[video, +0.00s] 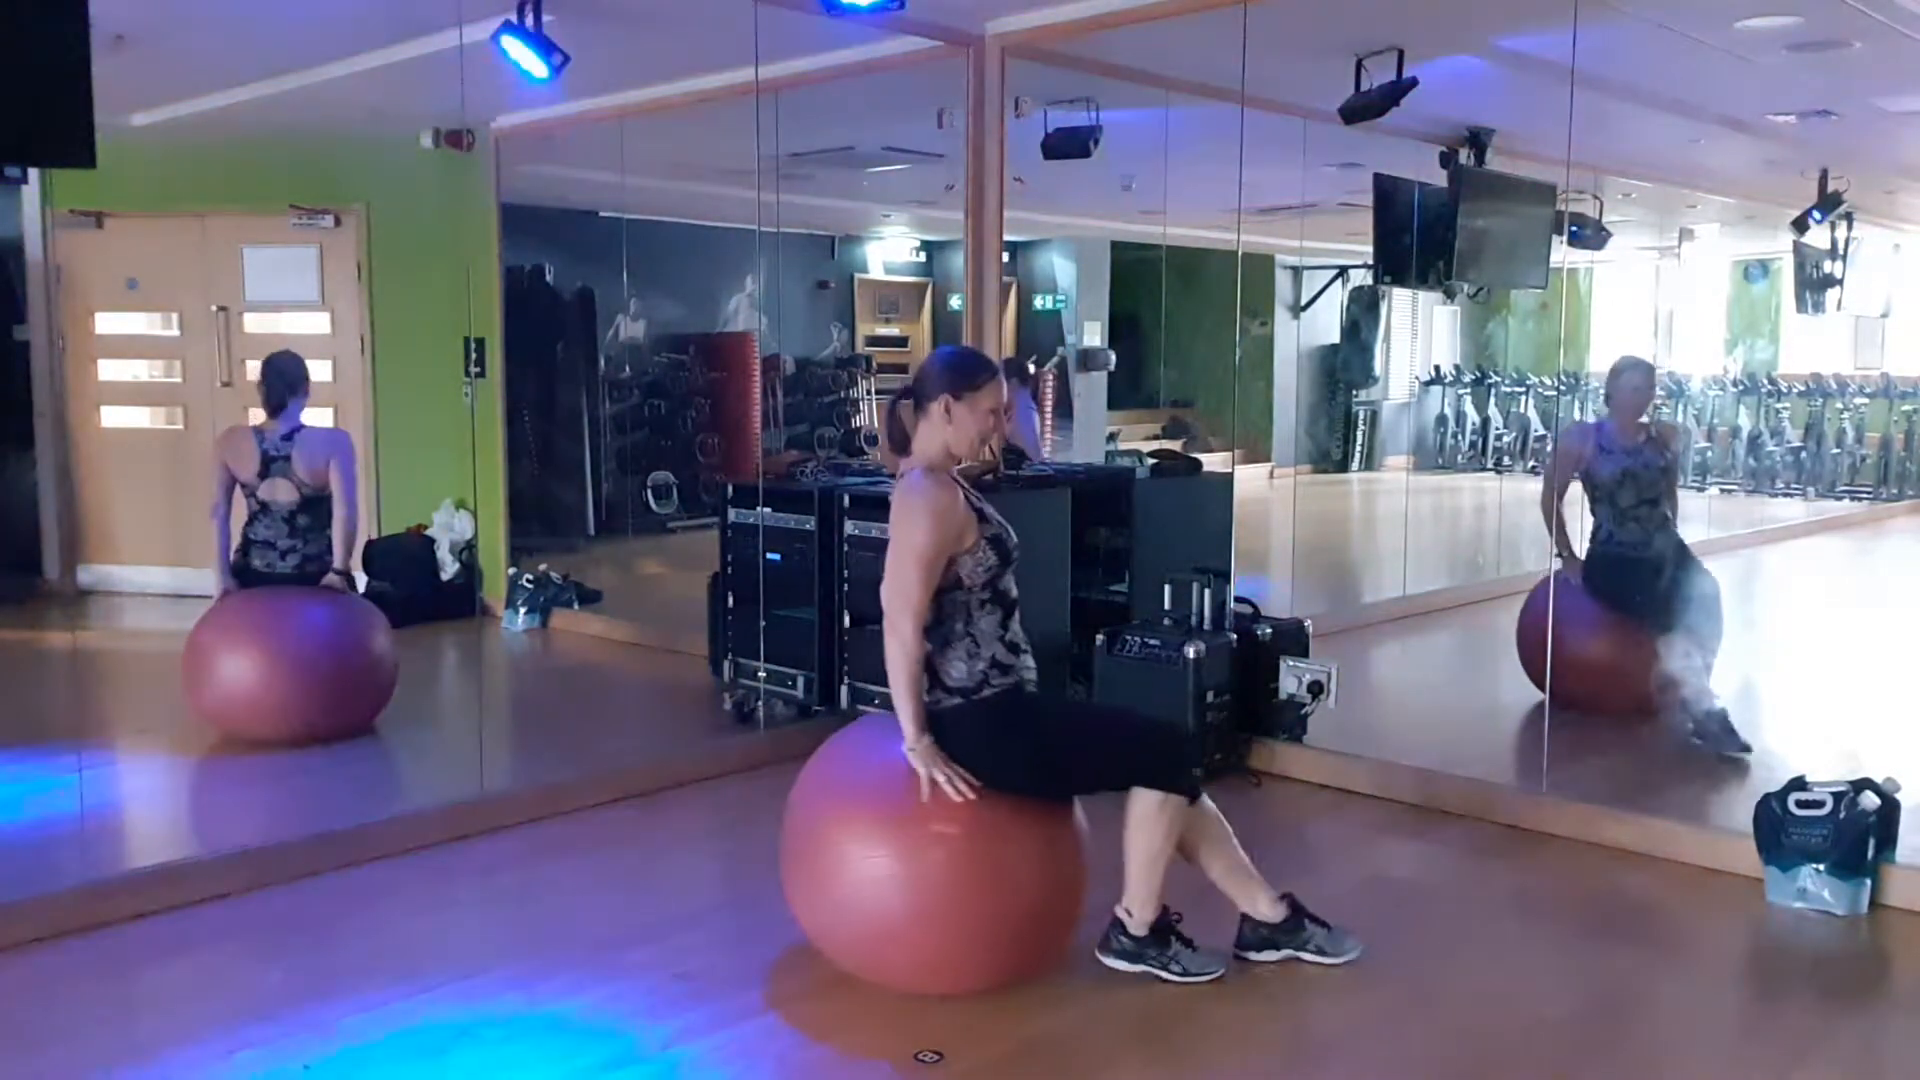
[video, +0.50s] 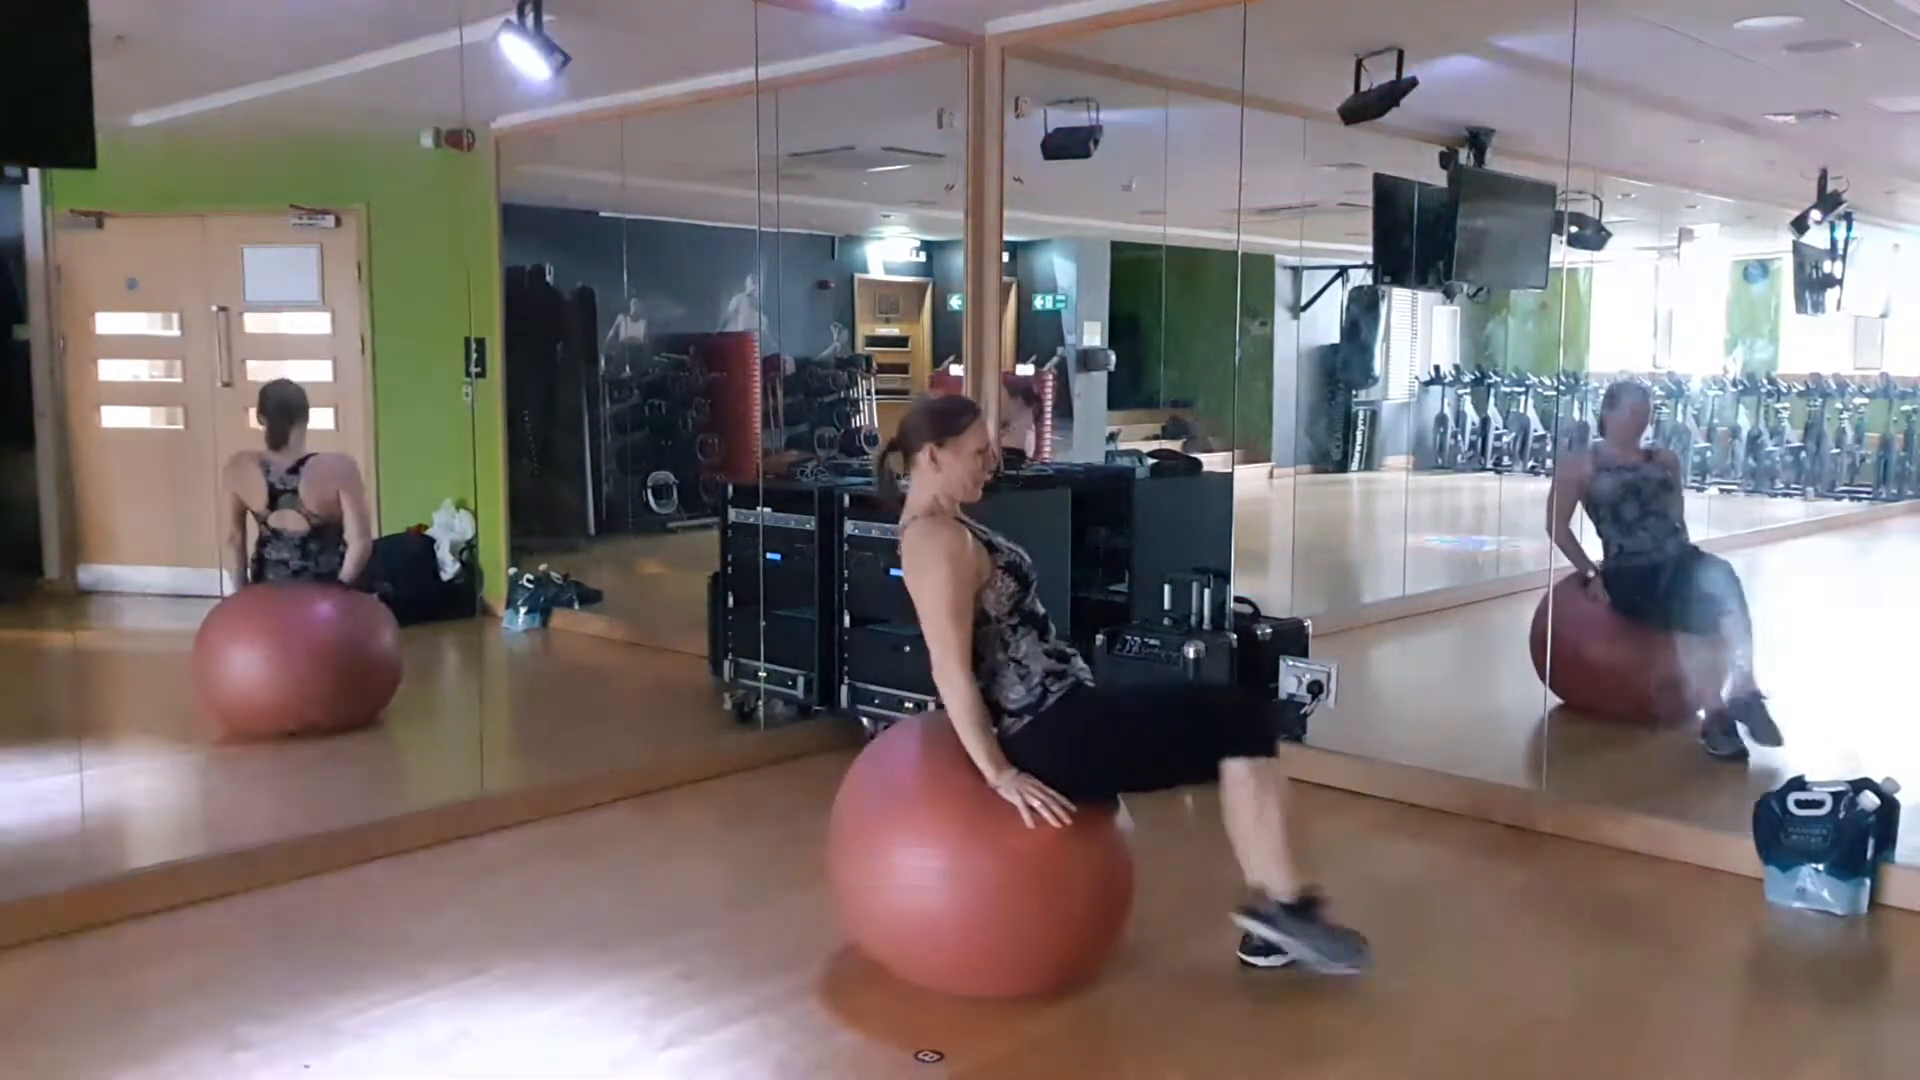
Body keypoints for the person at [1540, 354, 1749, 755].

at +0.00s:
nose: (1641, 398)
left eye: (1648, 390)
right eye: (1633, 389)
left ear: (1654, 395)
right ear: (1611, 392)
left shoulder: (1664, 437)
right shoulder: (1582, 438)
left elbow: (1670, 499)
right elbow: (1550, 499)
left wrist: (1671, 544)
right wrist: (1568, 555)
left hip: (1664, 551)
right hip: (1612, 556)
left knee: (1706, 594)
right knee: (1679, 607)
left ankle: (1694, 697)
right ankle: (1703, 711)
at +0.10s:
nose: (1638, 403)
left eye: (1645, 395)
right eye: (1629, 394)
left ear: (1652, 400)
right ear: (1609, 396)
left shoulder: (1662, 442)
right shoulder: (1582, 441)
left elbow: (1670, 504)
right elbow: (1552, 504)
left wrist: (1676, 549)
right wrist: (1572, 560)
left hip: (1668, 555)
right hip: (1616, 559)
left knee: (1713, 589)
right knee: (1686, 603)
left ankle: (1700, 699)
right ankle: (1706, 711)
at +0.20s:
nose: (1643, 407)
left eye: (1648, 399)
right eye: (1634, 398)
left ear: (1652, 403)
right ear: (1611, 400)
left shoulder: (1662, 447)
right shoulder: (1583, 443)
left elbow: (1671, 510)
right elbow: (1552, 509)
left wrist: (1680, 554)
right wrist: (1574, 562)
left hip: (1671, 559)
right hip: (1619, 564)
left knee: (1718, 584)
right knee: (1702, 599)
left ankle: (1707, 702)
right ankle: (1707, 712)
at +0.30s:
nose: (1645, 411)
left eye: (1649, 403)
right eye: (1637, 403)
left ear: (1650, 407)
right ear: (1611, 405)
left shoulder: (1663, 452)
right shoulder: (1583, 452)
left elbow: (1671, 514)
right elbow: (1552, 513)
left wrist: (1680, 555)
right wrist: (1579, 563)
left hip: (1672, 562)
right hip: (1622, 568)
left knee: (1719, 576)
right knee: (1698, 600)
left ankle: (1712, 706)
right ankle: (1707, 714)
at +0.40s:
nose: (1641, 413)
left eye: (1646, 406)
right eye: (1632, 405)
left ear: (1651, 412)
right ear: (1609, 408)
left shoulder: (1663, 458)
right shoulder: (1581, 460)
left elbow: (1674, 520)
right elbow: (1555, 520)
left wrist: (1686, 558)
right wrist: (1585, 569)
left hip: (1675, 566)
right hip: (1626, 573)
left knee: (1721, 573)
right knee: (1705, 599)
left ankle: (1718, 699)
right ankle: (1719, 713)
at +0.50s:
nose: (1644, 421)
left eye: (1647, 413)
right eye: (1635, 413)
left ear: (1649, 417)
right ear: (1609, 413)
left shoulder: (1665, 461)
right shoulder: (1581, 466)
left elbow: (1677, 522)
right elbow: (1557, 527)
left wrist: (1686, 559)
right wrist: (1588, 570)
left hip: (1679, 563)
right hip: (1630, 574)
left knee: (1723, 576)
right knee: (1712, 607)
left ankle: (1744, 689)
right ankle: (1715, 717)